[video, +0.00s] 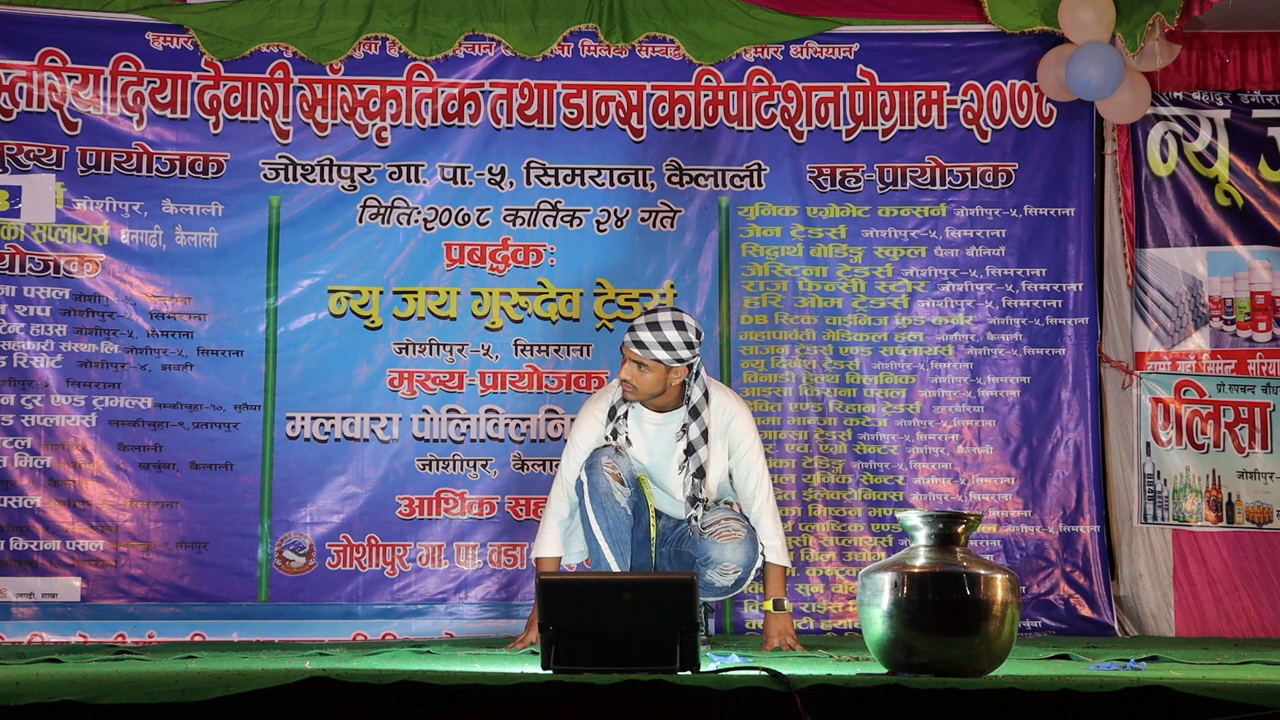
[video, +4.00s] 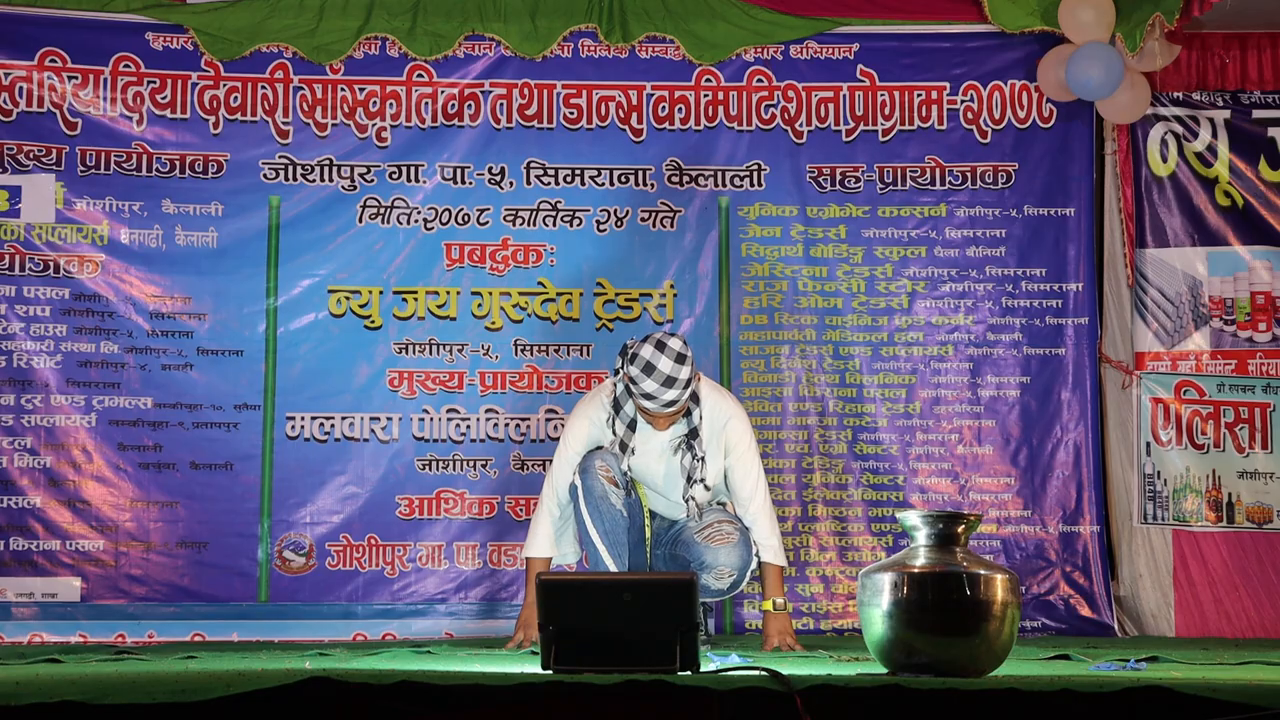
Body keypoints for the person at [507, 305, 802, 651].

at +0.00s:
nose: (623, 374)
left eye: (639, 367)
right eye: (624, 360)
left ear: (678, 373)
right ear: (622, 355)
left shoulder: (728, 414)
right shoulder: (600, 411)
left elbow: (763, 508)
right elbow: (559, 506)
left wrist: (777, 609)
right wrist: (541, 608)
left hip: (693, 541)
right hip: (630, 532)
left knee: (733, 545)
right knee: (604, 462)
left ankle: (690, 610)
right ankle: (618, 606)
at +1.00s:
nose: (621, 361)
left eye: (639, 352)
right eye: (623, 347)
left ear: (677, 362)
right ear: (621, 345)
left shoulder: (726, 412)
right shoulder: (601, 407)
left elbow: (762, 505)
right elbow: (561, 502)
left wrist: (776, 606)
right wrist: (541, 601)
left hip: (691, 546)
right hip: (628, 537)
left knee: (731, 538)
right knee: (602, 462)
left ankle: (688, 615)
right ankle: (618, 607)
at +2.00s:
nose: (640, 365)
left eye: (658, 356)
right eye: (638, 349)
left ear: (693, 360)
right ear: (633, 345)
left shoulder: (729, 412)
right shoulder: (606, 404)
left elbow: (763, 503)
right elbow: (554, 486)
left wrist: (778, 603)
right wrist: (540, 569)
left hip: (693, 542)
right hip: (630, 533)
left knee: (737, 544)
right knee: (603, 462)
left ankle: (692, 609)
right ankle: (622, 603)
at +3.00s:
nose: (663, 421)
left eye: (673, 411)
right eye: (652, 411)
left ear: (690, 390)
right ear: (632, 391)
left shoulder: (725, 415)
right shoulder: (596, 411)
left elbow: (759, 506)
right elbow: (552, 500)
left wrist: (776, 606)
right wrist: (531, 600)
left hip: (691, 539)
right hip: (627, 535)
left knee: (731, 550)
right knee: (596, 465)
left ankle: (692, 608)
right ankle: (624, 603)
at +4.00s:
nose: (660, 421)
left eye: (671, 412)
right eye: (649, 412)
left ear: (688, 390)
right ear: (630, 393)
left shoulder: (725, 414)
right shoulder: (594, 411)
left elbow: (757, 506)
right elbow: (552, 501)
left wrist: (775, 606)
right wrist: (532, 600)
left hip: (691, 538)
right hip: (627, 534)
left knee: (728, 550)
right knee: (595, 466)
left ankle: (690, 608)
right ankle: (622, 604)